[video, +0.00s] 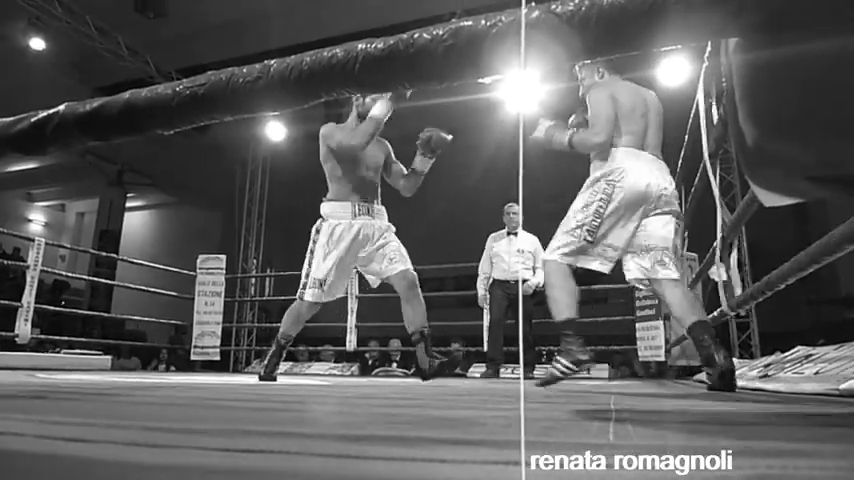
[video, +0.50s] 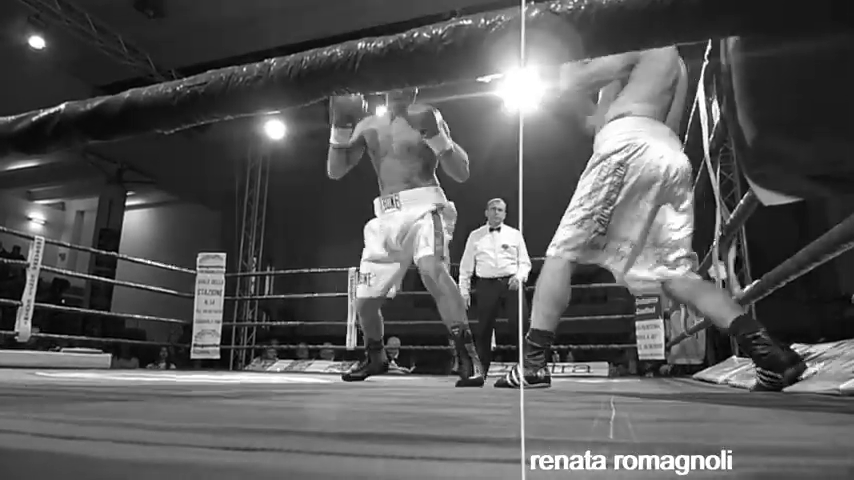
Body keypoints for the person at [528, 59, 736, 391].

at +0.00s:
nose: (579, 81)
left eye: (581, 72)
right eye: (577, 74)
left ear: (598, 67)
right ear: (615, 67)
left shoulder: (600, 90)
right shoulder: (651, 97)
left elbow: (598, 137)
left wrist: (556, 135)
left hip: (620, 176)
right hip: (661, 180)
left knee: (556, 259)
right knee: (665, 275)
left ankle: (571, 349)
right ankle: (715, 358)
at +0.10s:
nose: (575, 80)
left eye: (577, 72)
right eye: (573, 73)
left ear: (595, 69)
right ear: (612, 69)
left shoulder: (594, 92)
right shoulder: (651, 97)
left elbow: (583, 143)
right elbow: (648, 145)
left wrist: (547, 142)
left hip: (614, 172)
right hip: (661, 177)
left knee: (552, 263)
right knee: (668, 280)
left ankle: (536, 353)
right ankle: (719, 364)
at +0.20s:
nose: (557, 70)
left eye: (559, 65)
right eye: (556, 65)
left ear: (570, 60)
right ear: (596, 54)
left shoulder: (574, 76)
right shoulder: (634, 82)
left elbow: (528, 129)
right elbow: (586, 144)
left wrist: (523, 90)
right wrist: (555, 116)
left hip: (610, 156)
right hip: (656, 159)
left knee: (555, 262)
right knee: (666, 270)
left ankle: (533, 365)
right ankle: (717, 363)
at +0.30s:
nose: (564, 58)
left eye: (568, 54)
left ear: (584, 48)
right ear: (618, 50)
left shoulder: (579, 69)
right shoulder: (638, 83)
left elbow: (539, 117)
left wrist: (535, 89)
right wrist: (547, 90)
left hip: (614, 162)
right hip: (658, 168)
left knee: (553, 260)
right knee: (666, 281)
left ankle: (535, 366)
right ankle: (735, 332)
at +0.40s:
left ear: (604, 46)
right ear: (642, 52)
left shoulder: (615, 59)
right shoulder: (651, 83)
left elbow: (545, 85)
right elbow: (583, 91)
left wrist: (545, 71)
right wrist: (543, 84)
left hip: (617, 163)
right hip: (659, 175)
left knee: (543, 261)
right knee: (664, 287)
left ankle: (533, 366)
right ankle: (744, 320)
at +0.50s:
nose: (610, 45)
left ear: (640, 33)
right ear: (675, 43)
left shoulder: (645, 50)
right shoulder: (681, 73)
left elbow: (575, 73)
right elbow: (599, 127)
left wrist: (539, 86)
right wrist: (576, 96)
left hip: (628, 143)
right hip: (674, 159)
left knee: (561, 254)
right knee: (677, 275)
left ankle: (532, 363)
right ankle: (772, 355)